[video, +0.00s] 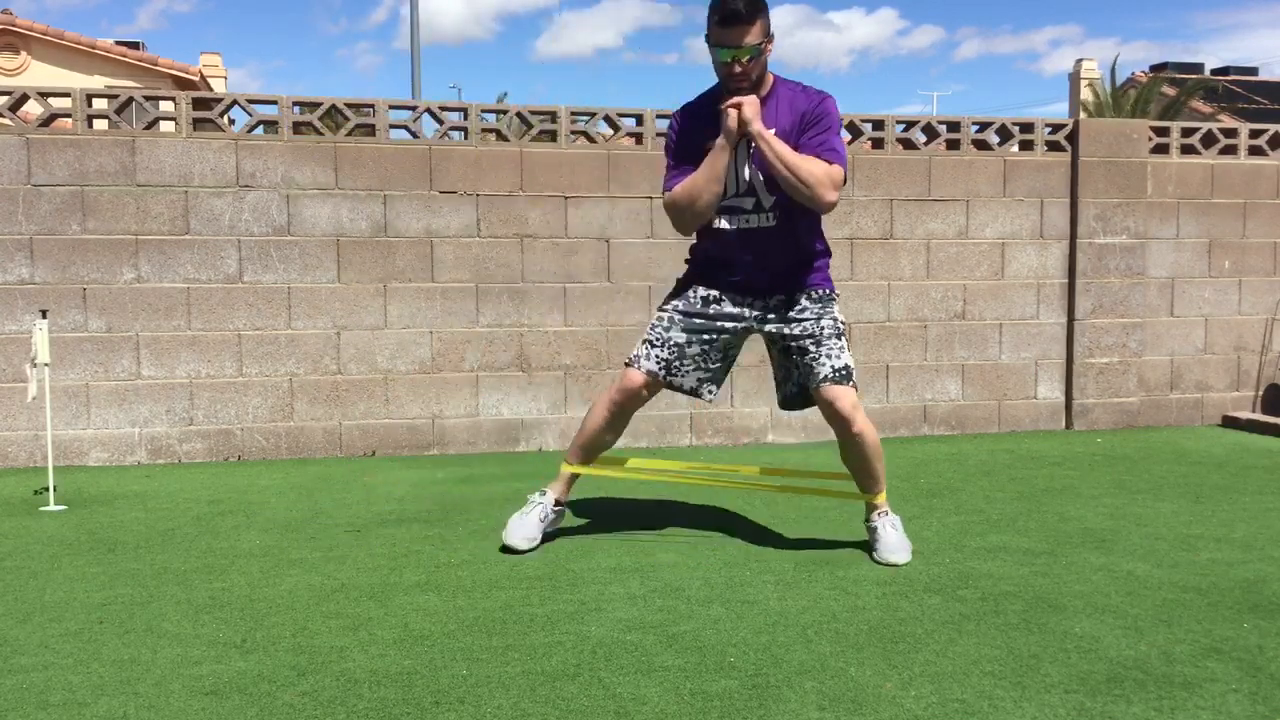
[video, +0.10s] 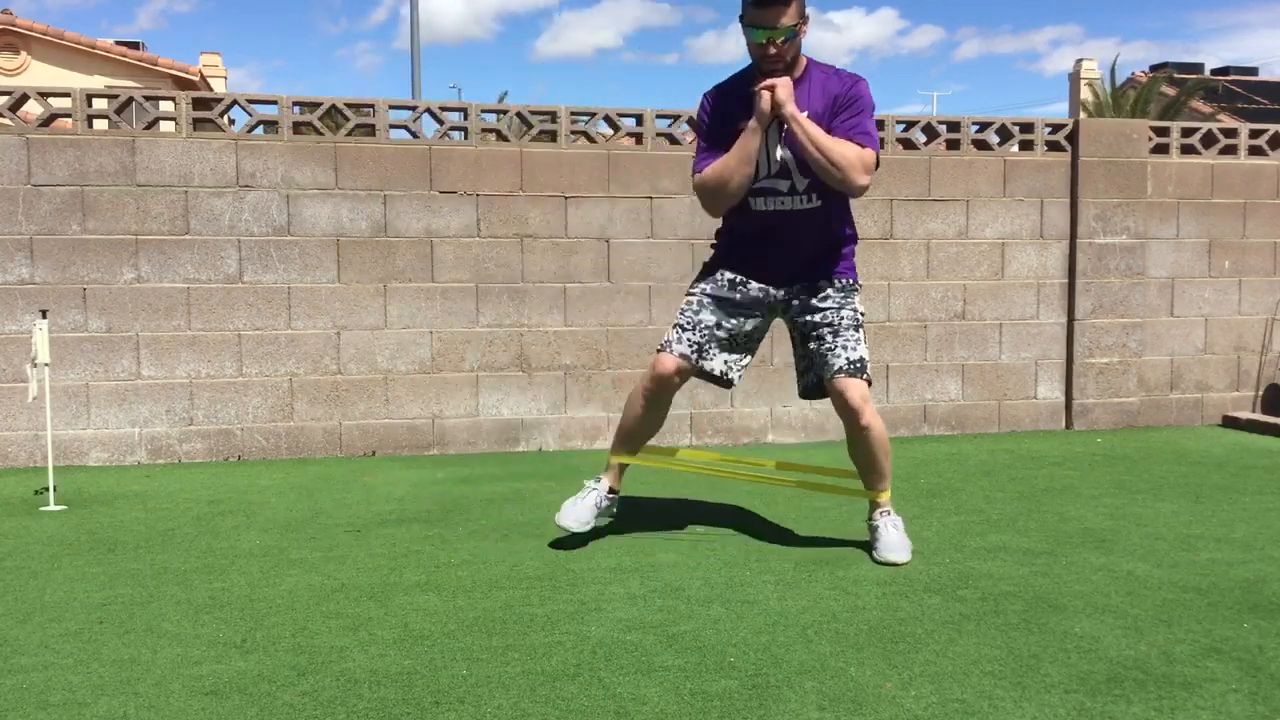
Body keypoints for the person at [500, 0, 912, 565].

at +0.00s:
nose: (736, 65)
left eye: (747, 52)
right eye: (723, 53)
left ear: (768, 42)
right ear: (708, 46)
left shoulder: (811, 107)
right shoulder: (692, 119)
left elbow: (824, 194)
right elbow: (684, 217)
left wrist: (758, 134)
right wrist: (727, 141)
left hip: (799, 285)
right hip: (713, 282)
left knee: (843, 406)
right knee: (631, 385)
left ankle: (881, 514)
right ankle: (553, 497)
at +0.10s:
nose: (770, 47)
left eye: (783, 35)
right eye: (758, 35)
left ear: (805, 26)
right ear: (744, 28)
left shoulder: (846, 91)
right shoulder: (723, 101)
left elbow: (856, 176)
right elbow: (714, 201)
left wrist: (791, 114)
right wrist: (759, 124)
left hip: (823, 271)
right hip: (740, 265)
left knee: (854, 399)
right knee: (664, 371)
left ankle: (884, 513)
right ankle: (607, 486)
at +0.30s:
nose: (802, 27)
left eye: (816, 15)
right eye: (791, 14)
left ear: (837, 11)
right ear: (777, 12)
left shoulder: (873, 75)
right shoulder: (749, 78)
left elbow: (875, 166)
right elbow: (734, 177)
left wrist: (818, 96)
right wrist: (784, 103)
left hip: (845, 257)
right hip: (765, 252)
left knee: (863, 384)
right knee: (716, 362)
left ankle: (886, 510)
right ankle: (699, 486)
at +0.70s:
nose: (814, 30)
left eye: (828, 19)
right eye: (801, 17)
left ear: (847, 18)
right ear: (785, 17)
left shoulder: (881, 82)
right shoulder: (757, 88)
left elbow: (883, 177)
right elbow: (742, 186)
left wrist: (828, 102)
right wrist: (795, 109)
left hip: (869, 262)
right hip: (788, 265)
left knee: (918, 375)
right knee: (747, 383)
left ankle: (969, 495)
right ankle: (718, 504)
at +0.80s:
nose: (836, 30)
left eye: (850, 18)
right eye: (824, 17)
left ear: (868, 20)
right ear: (807, 18)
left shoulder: (904, 83)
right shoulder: (778, 92)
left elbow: (911, 173)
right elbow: (762, 186)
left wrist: (850, 104)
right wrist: (816, 110)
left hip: (899, 263)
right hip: (814, 269)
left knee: (965, 375)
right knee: (766, 385)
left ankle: (1036, 493)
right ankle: (722, 504)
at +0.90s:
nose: (875, 43)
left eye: (888, 31)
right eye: (862, 30)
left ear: (905, 31)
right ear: (843, 31)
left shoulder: (940, 97)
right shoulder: (812, 109)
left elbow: (953, 184)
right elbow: (801, 202)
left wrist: (889, 115)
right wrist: (855, 122)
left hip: (933, 280)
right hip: (843, 286)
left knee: (1009, 392)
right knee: (787, 396)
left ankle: (1070, 514)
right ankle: (725, 505)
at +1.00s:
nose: (922, 56)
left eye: (935, 43)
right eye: (907, 43)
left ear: (950, 43)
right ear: (887, 44)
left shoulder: (986, 108)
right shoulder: (857, 123)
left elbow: (1010, 190)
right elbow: (853, 215)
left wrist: (942, 125)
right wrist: (905, 132)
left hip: (970, 291)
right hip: (881, 295)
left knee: (1039, 405)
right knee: (812, 401)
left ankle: (1075, 519)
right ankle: (728, 505)